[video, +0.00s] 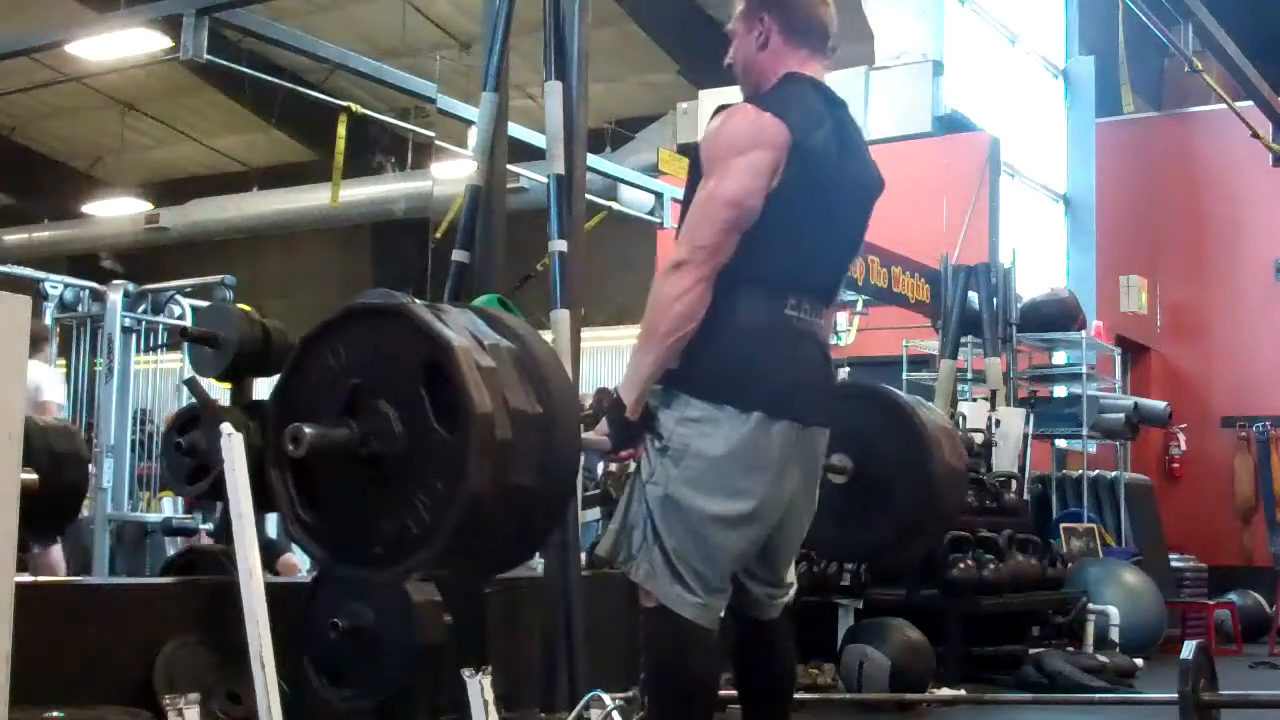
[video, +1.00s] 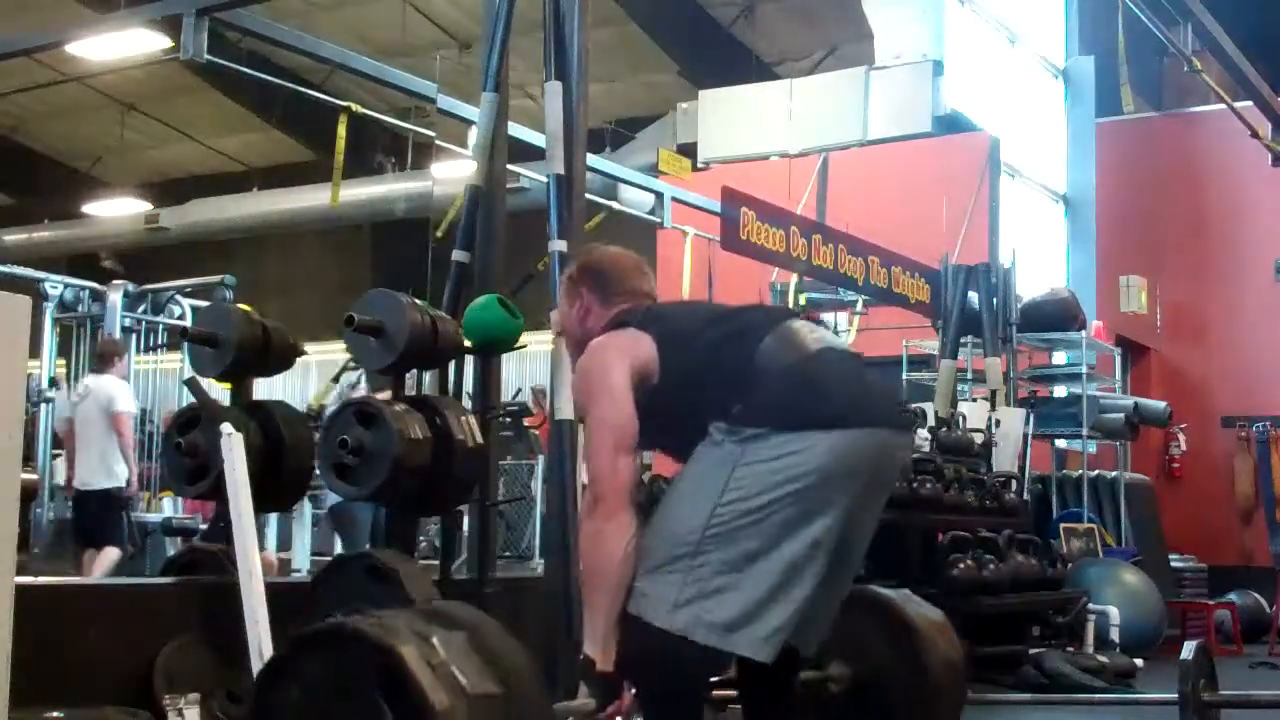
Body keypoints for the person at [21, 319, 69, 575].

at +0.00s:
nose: (51, 349)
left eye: (49, 345)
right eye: (50, 345)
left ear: (24, 343)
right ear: (44, 345)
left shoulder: (14, 367)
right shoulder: (45, 374)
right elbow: (49, 423)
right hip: (35, 464)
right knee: (44, 535)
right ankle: (59, 603)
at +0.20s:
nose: (78, 356)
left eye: (78, 351)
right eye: (77, 350)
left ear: (48, 350)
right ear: (70, 351)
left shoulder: (29, 375)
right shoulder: (71, 379)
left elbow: (20, 419)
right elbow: (81, 426)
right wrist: (95, 465)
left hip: (27, 458)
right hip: (62, 459)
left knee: (24, 538)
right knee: (68, 539)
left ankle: (9, 598)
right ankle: (72, 606)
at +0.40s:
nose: (94, 355)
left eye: (94, 350)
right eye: (93, 350)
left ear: (64, 350)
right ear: (85, 350)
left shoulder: (40, 379)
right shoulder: (91, 379)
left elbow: (29, 426)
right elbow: (105, 424)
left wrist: (28, 464)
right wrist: (125, 463)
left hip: (45, 481)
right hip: (81, 482)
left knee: (47, 548)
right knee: (79, 551)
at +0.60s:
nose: (108, 358)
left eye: (108, 353)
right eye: (106, 352)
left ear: (77, 351)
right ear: (95, 352)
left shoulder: (54, 381)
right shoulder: (102, 382)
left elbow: (40, 426)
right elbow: (115, 427)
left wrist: (36, 462)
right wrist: (136, 459)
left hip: (58, 477)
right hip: (90, 480)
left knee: (63, 541)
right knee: (91, 545)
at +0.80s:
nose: (116, 363)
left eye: (116, 358)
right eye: (115, 358)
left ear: (87, 359)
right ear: (106, 359)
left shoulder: (67, 386)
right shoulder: (110, 386)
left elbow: (56, 433)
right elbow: (118, 430)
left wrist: (53, 471)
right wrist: (133, 471)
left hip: (71, 478)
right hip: (97, 480)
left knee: (77, 545)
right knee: (88, 546)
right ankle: (78, 605)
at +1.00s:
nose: (127, 365)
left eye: (126, 359)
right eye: (125, 360)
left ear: (100, 360)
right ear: (116, 361)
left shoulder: (81, 387)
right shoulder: (117, 387)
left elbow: (67, 432)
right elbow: (123, 430)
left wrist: (71, 472)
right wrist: (133, 471)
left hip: (83, 482)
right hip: (109, 481)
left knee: (89, 546)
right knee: (116, 544)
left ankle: (87, 593)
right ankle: (90, 588)